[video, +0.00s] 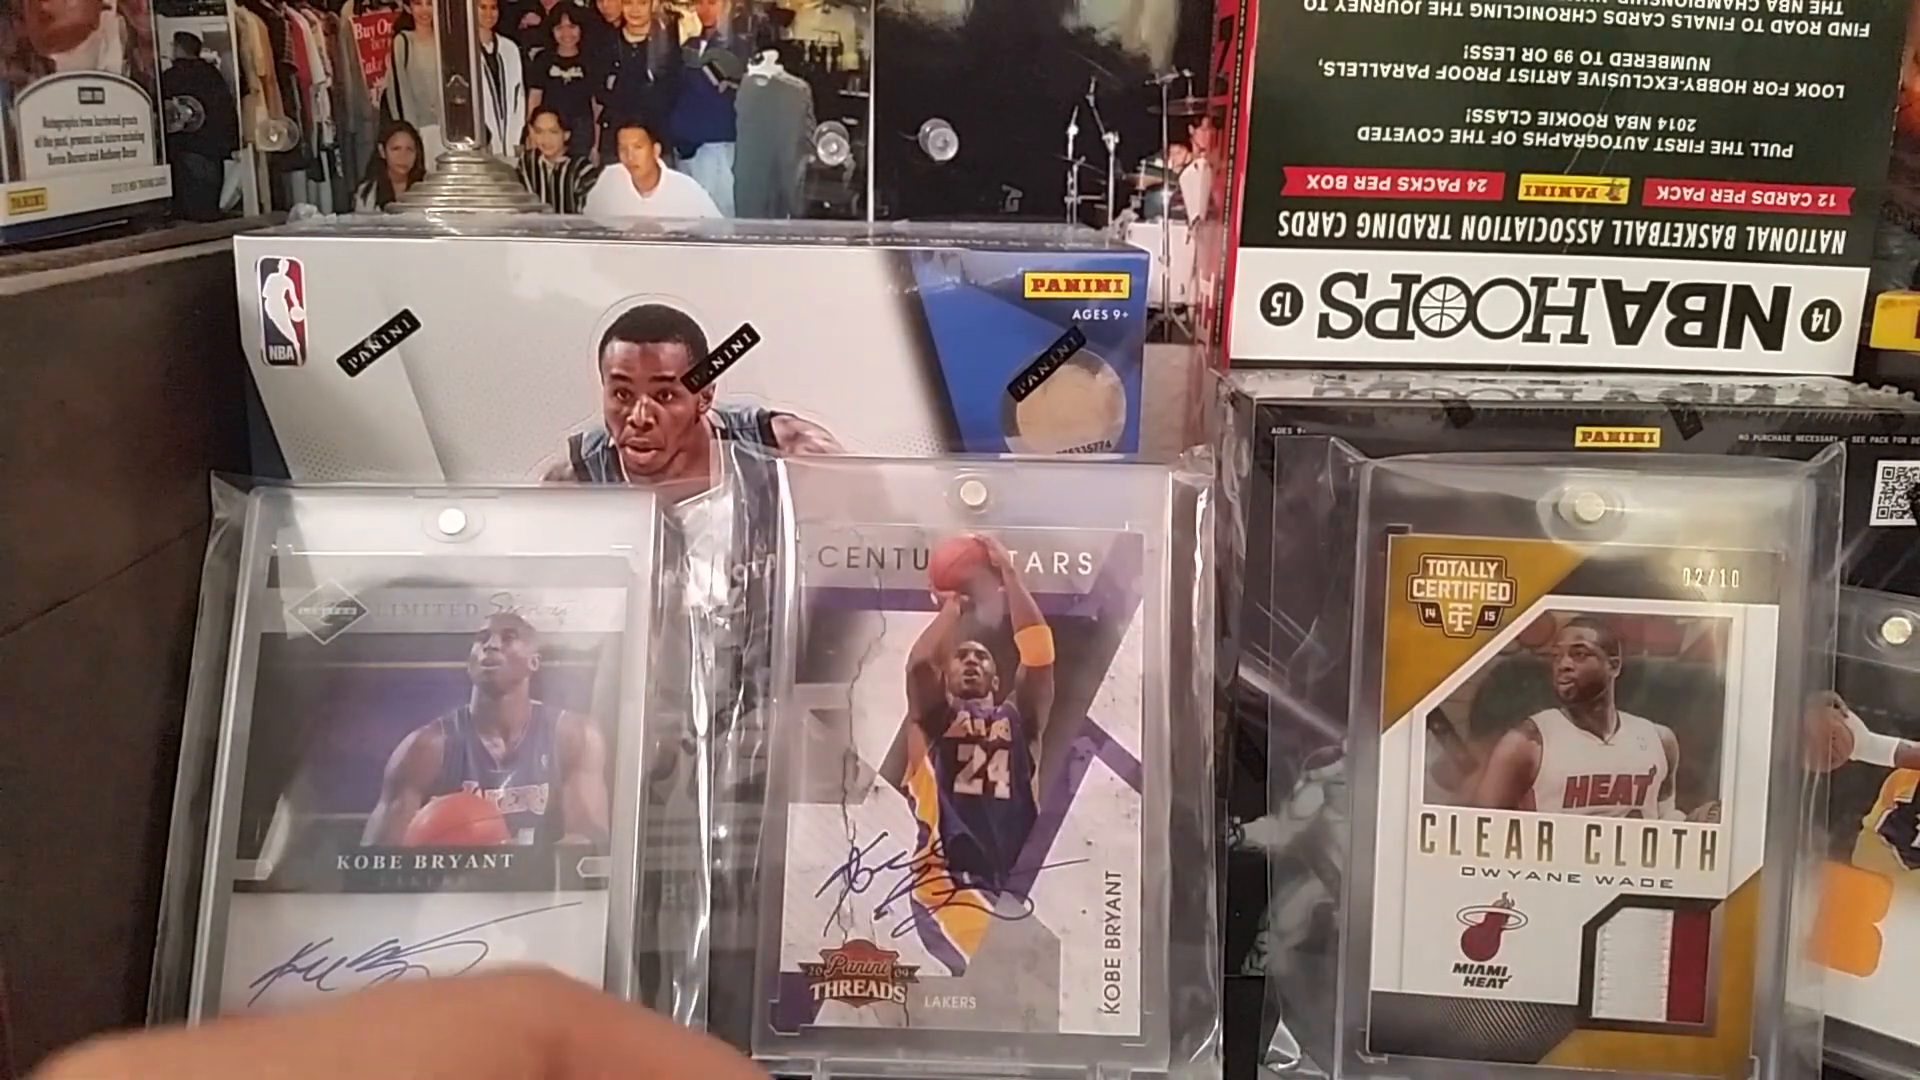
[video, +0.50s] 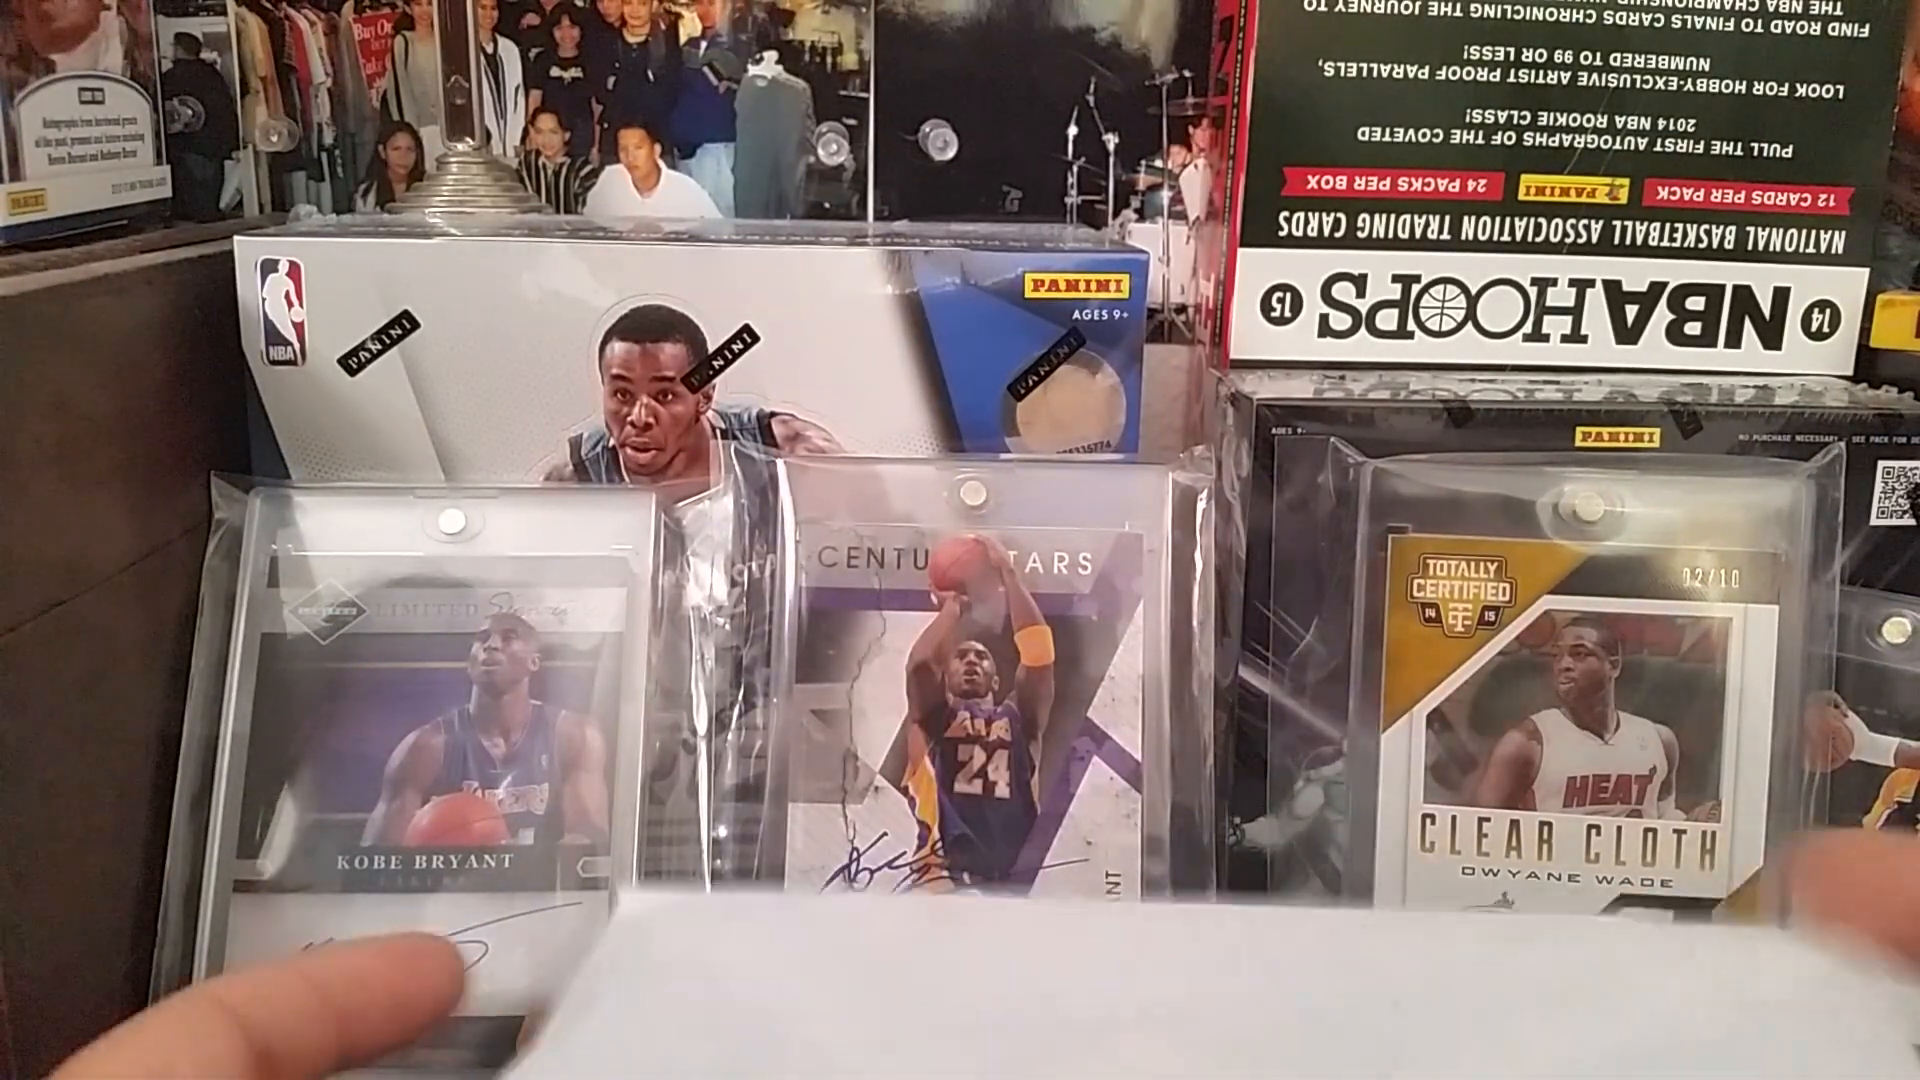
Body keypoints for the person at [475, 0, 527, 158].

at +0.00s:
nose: (489, 13)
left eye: (493, 7)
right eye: (483, 7)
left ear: (498, 11)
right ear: (472, 10)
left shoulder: (511, 48)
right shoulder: (465, 50)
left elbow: (520, 94)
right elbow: (465, 100)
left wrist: (516, 141)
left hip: (512, 144)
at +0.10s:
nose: (490, 14)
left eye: (494, 8)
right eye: (483, 8)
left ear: (498, 11)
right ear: (472, 11)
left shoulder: (511, 48)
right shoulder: (465, 51)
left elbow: (520, 95)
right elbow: (465, 100)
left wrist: (516, 141)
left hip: (512, 144)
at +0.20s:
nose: (490, 14)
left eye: (494, 8)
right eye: (483, 8)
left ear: (498, 11)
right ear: (472, 11)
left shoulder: (511, 48)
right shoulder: (465, 50)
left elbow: (520, 94)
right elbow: (464, 100)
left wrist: (516, 140)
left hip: (512, 144)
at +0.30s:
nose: (490, 14)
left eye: (494, 8)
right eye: (483, 8)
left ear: (498, 11)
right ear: (472, 11)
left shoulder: (511, 48)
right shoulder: (465, 51)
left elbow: (520, 94)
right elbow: (465, 100)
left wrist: (515, 141)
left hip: (511, 144)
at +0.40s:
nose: (490, 14)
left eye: (494, 8)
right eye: (483, 8)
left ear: (498, 11)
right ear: (472, 11)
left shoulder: (511, 49)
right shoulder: (465, 51)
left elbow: (520, 95)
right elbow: (465, 101)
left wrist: (516, 141)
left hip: (512, 144)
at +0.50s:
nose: (489, 14)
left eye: (493, 8)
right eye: (483, 8)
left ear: (498, 12)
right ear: (472, 11)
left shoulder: (511, 48)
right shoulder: (465, 50)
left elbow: (520, 96)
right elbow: (464, 100)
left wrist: (516, 141)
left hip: (512, 144)